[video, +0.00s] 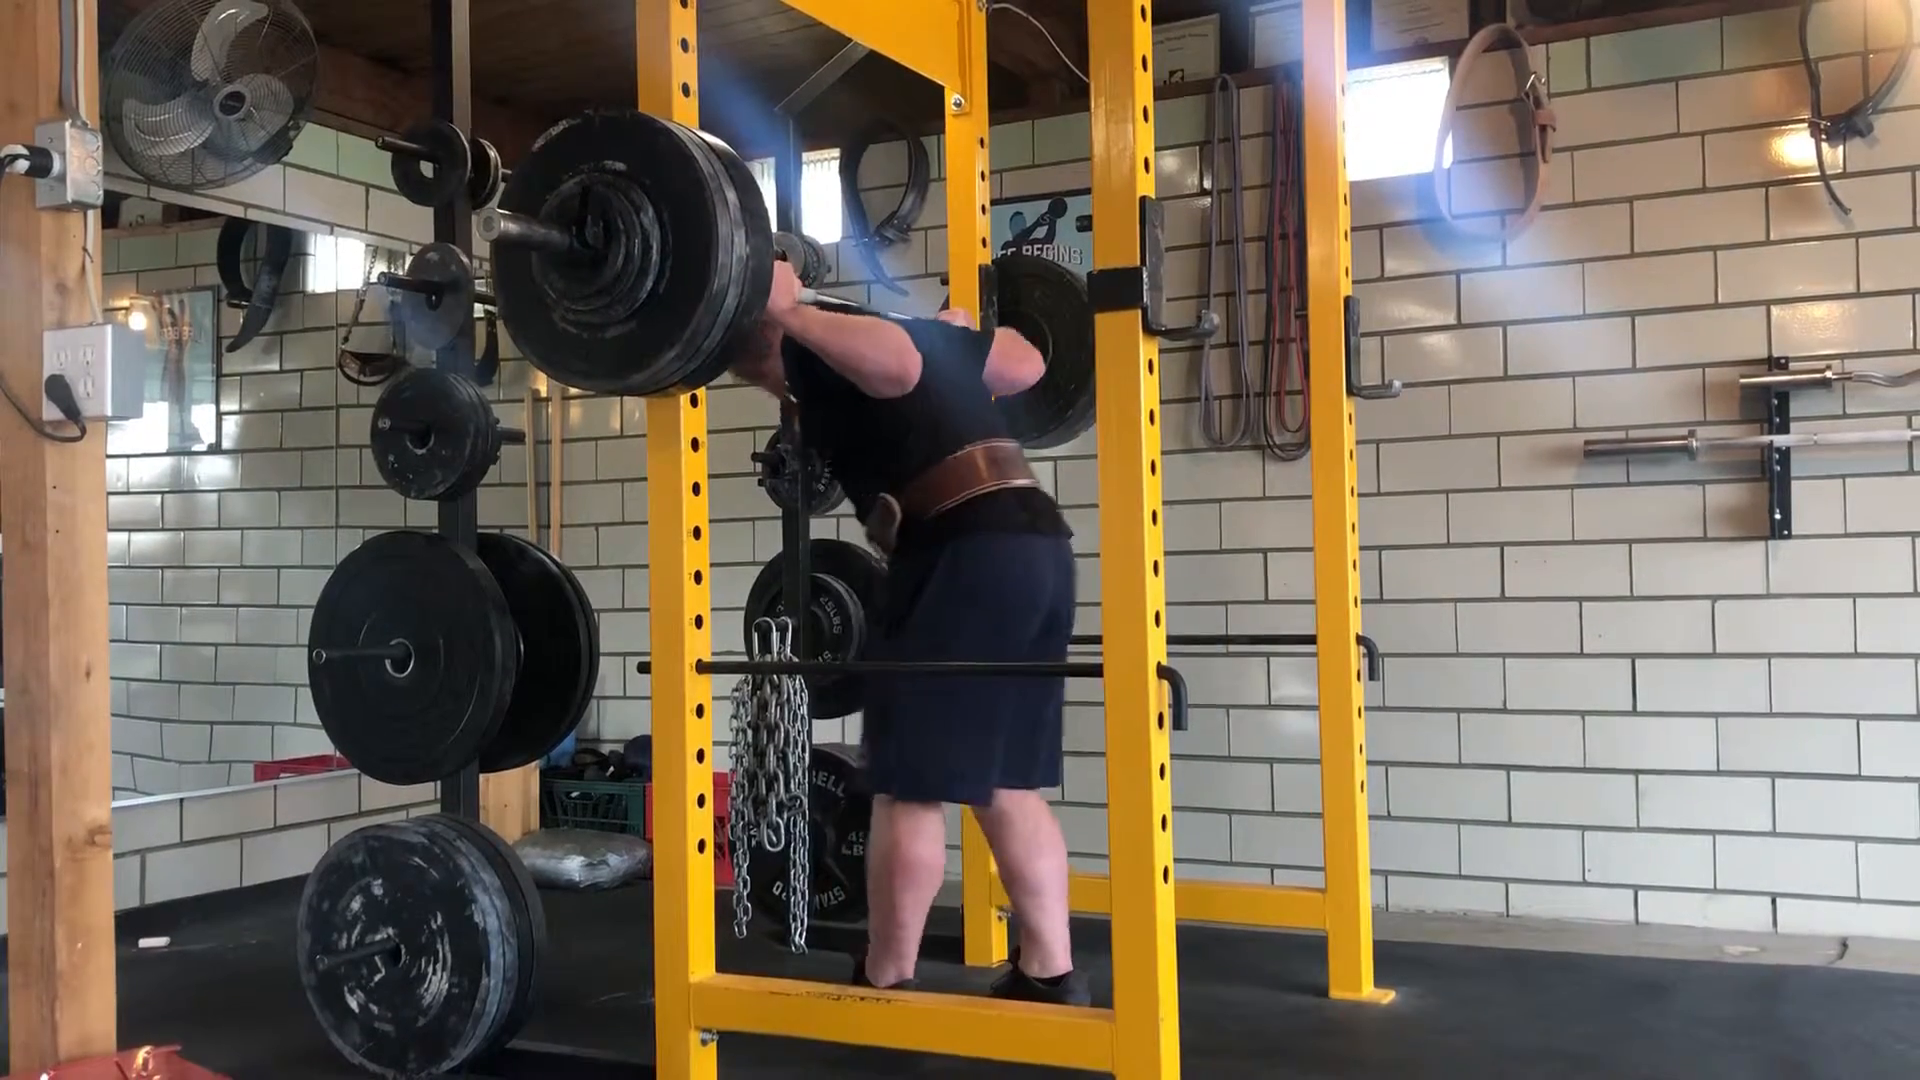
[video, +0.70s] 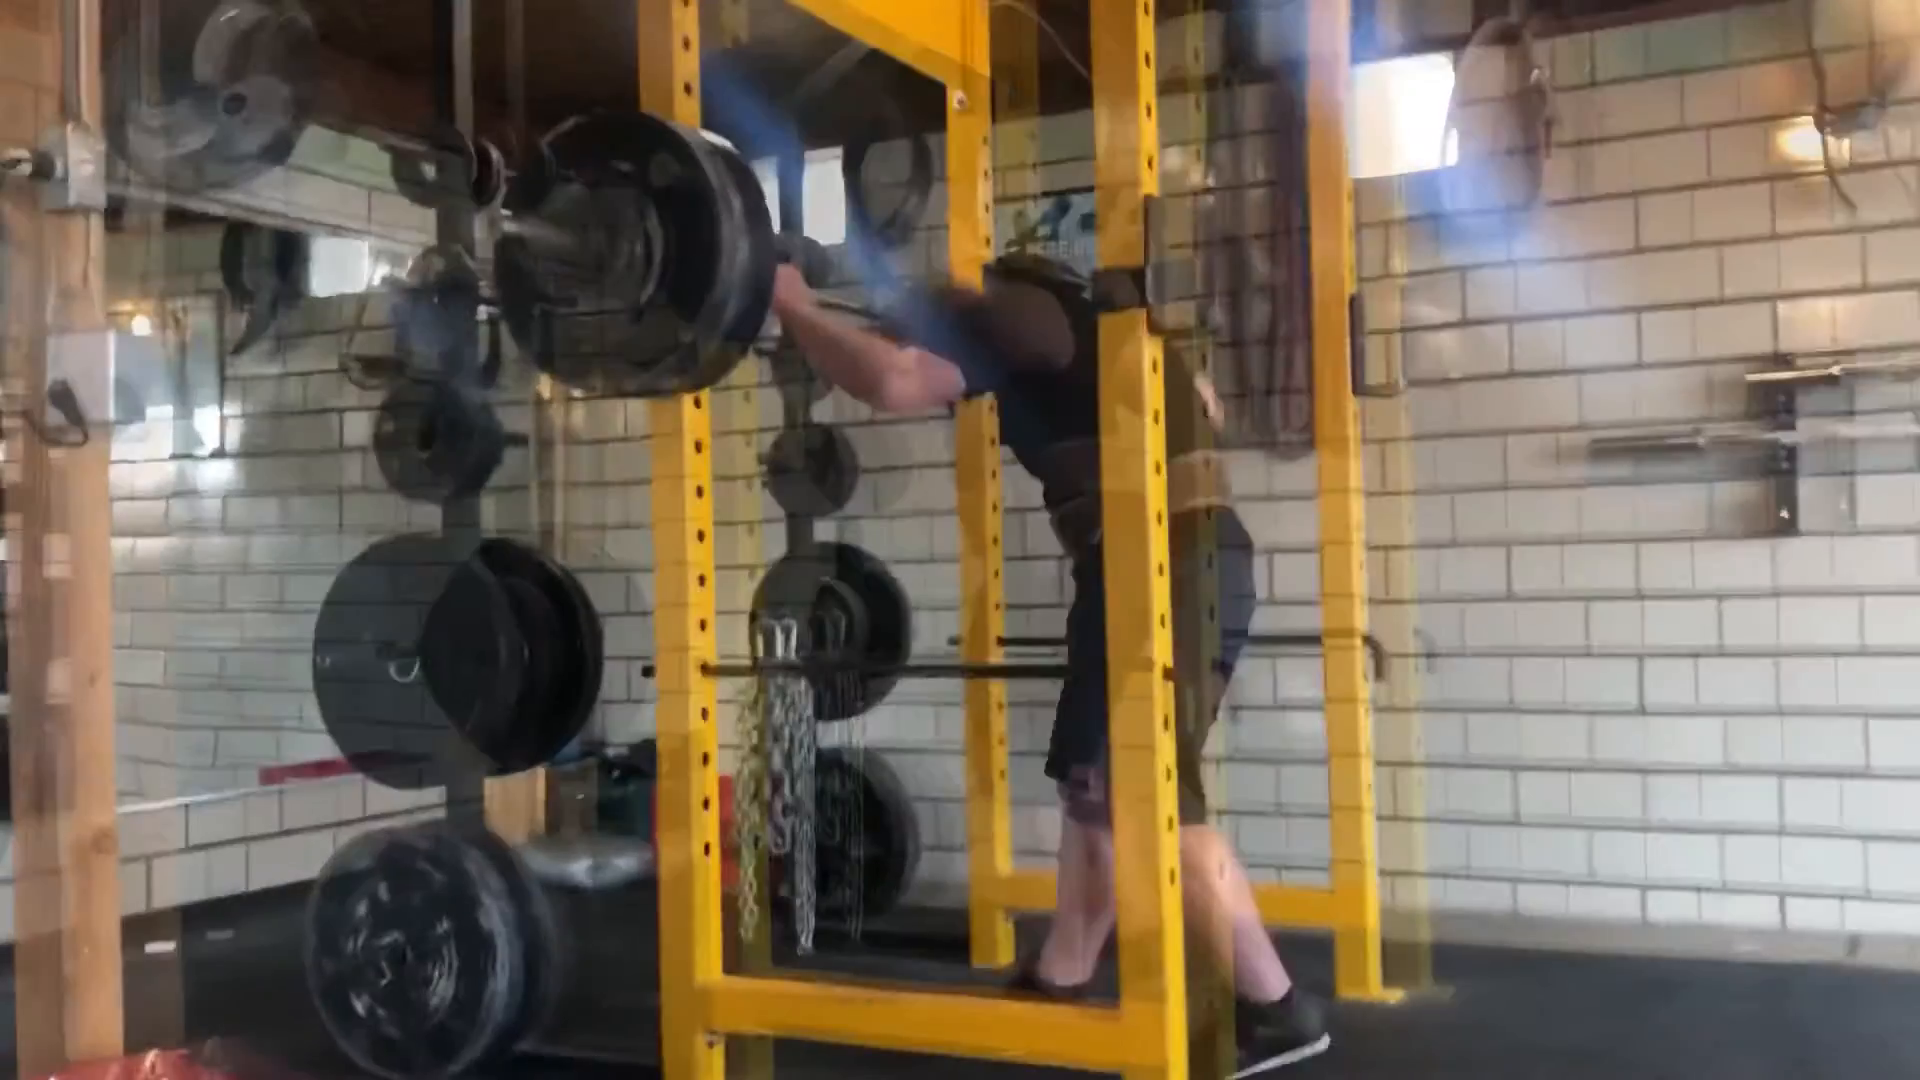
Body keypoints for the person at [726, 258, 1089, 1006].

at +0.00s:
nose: (746, 378)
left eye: (742, 364)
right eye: (740, 364)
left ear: (759, 336)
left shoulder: (815, 340)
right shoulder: (920, 332)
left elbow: (898, 363)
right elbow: (1024, 360)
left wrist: (790, 312)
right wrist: (965, 326)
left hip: (969, 551)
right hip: (1039, 545)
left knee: (909, 776)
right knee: (1008, 775)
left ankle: (885, 981)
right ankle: (1048, 973)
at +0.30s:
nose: (840, 459)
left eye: (824, 452)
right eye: (826, 457)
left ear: (817, 406)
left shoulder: (864, 367)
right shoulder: (969, 338)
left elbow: (907, 350)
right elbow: (1072, 348)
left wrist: (786, 309)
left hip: (1041, 544)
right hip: (1101, 534)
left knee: (968, 760)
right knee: (1042, 769)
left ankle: (992, 988)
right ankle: (1055, 978)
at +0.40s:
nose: (868, 462)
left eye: (849, 454)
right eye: (853, 460)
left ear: (837, 403)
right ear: (846, 389)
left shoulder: (900, 351)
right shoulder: (991, 336)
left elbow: (903, 345)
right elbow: (1089, 359)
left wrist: (787, 308)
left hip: (1067, 541)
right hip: (1109, 529)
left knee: (995, 752)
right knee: (1046, 757)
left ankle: (1077, 967)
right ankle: (1064, 953)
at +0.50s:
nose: (879, 451)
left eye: (864, 441)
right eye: (863, 446)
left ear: (859, 396)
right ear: (863, 399)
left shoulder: (936, 331)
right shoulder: (951, 371)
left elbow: (901, 364)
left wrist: (792, 306)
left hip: (1101, 539)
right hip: (1080, 543)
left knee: (1055, 763)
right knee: (1050, 762)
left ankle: (1179, 968)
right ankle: (1054, 973)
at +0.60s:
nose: (870, 422)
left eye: (862, 406)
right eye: (862, 413)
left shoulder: (976, 312)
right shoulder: (1034, 319)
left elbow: (894, 375)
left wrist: (795, 305)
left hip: (1125, 547)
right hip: (1132, 545)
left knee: (1107, 780)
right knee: (1079, 782)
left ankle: (1249, 979)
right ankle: (1053, 989)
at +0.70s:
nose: (911, 319)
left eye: (918, 305)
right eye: (905, 313)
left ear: (953, 282)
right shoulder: (1082, 299)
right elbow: (1198, 402)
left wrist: (794, 310)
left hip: (1154, 564)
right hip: (1182, 555)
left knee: (1145, 786)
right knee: (1093, 779)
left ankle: (1277, 1004)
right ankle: (1060, 978)